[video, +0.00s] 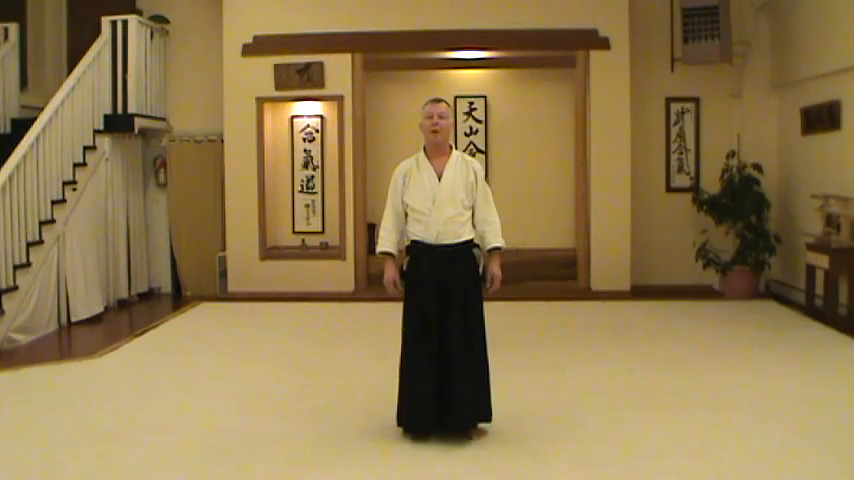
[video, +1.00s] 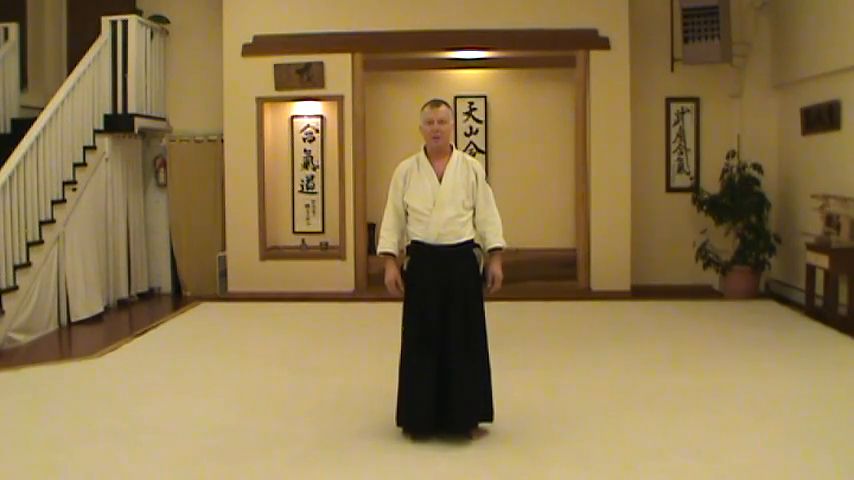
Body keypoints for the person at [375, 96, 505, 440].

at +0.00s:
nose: (436, 122)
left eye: (442, 117)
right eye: (429, 117)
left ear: (453, 124)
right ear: (420, 125)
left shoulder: (470, 167)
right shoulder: (405, 170)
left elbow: (485, 213)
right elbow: (392, 217)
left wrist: (493, 258)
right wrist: (389, 261)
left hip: (461, 260)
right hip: (422, 260)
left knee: (463, 337)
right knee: (422, 337)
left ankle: (464, 417)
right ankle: (420, 418)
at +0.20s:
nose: (436, 124)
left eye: (442, 119)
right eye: (429, 119)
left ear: (452, 125)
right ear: (420, 126)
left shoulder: (470, 167)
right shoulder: (406, 170)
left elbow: (486, 212)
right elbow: (393, 217)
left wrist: (494, 257)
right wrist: (390, 261)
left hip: (462, 260)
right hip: (422, 260)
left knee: (463, 337)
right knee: (422, 337)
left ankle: (464, 417)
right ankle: (421, 419)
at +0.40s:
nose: (436, 126)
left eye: (442, 120)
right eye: (430, 120)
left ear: (453, 125)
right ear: (420, 126)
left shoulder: (470, 167)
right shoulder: (406, 170)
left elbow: (486, 213)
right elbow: (393, 217)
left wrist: (494, 257)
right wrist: (391, 261)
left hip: (462, 260)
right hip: (422, 260)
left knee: (463, 337)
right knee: (423, 338)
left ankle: (465, 417)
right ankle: (421, 419)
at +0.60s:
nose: (435, 127)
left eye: (442, 121)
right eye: (429, 121)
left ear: (452, 125)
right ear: (421, 127)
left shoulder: (470, 167)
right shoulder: (407, 170)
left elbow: (486, 213)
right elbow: (393, 217)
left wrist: (494, 257)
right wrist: (390, 262)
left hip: (462, 260)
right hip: (422, 261)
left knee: (464, 336)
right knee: (423, 337)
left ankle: (465, 417)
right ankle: (421, 419)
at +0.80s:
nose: (436, 128)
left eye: (442, 122)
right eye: (429, 122)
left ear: (452, 126)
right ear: (420, 127)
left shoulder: (470, 167)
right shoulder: (406, 170)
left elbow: (486, 213)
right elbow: (393, 217)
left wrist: (494, 257)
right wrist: (390, 262)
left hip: (462, 260)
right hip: (422, 261)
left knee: (463, 337)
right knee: (422, 338)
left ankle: (464, 417)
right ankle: (421, 419)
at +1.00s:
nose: (436, 128)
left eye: (442, 122)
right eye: (429, 122)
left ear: (453, 126)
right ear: (420, 128)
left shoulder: (470, 167)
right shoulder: (406, 170)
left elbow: (486, 212)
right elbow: (393, 216)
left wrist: (494, 257)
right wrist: (390, 261)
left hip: (462, 260)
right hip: (422, 261)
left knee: (463, 337)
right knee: (422, 337)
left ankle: (463, 417)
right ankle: (420, 418)